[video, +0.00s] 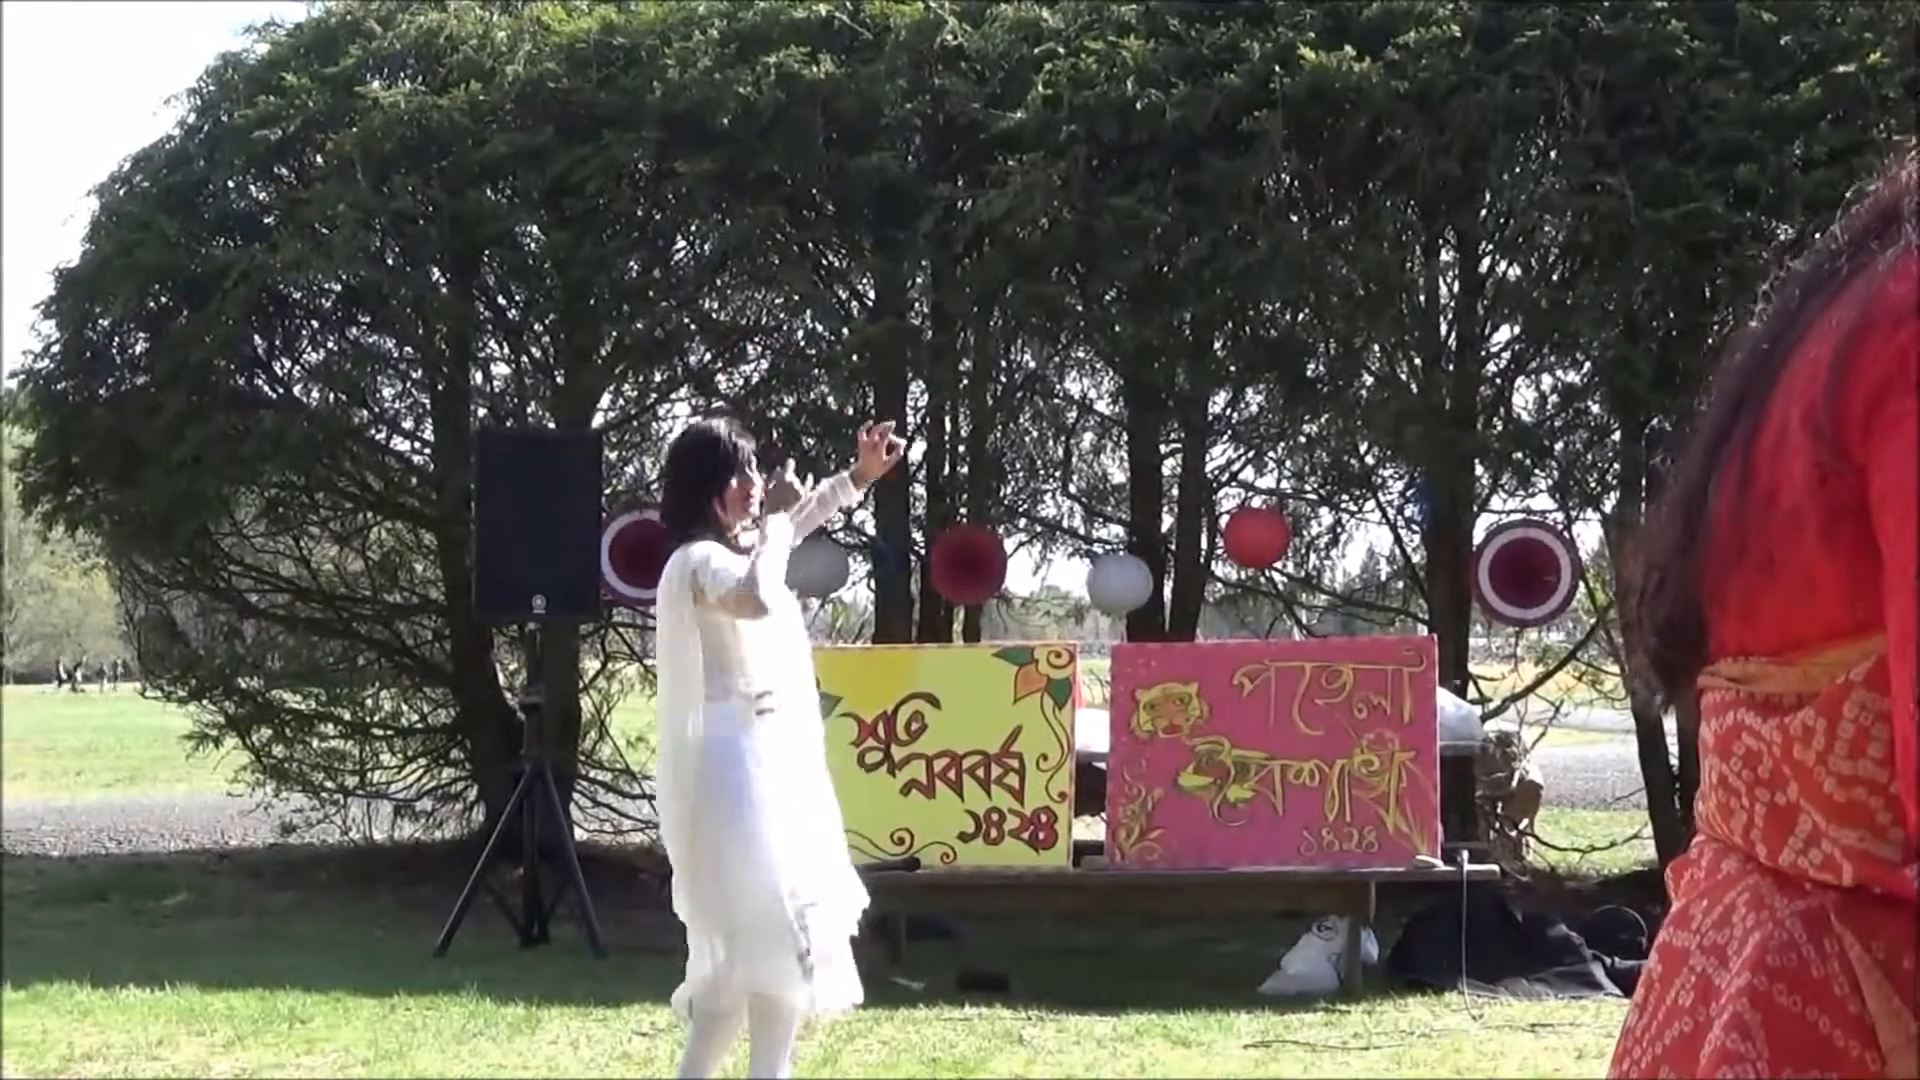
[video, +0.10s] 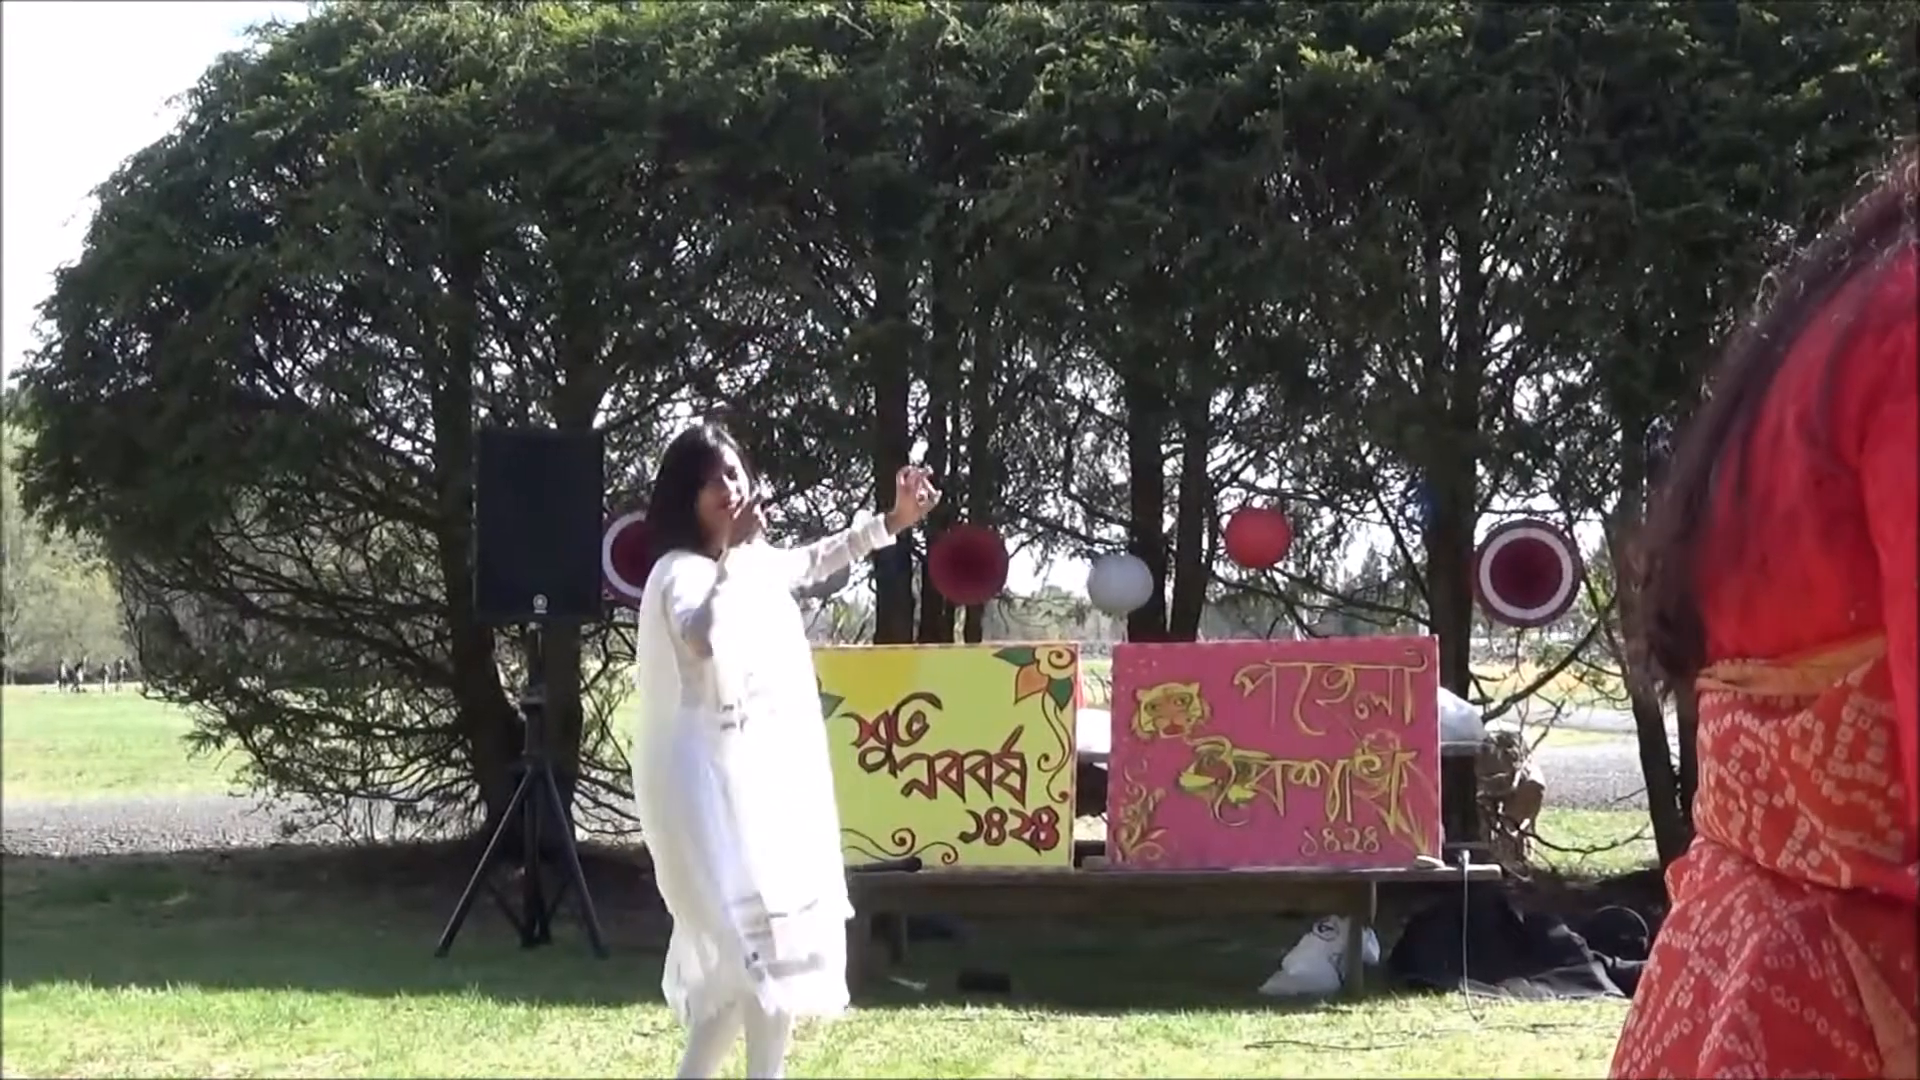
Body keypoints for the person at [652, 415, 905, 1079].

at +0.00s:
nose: (758, 486)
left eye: (755, 473)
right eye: (746, 475)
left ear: (730, 495)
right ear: (716, 492)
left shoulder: (735, 548)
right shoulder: (697, 560)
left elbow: (802, 516)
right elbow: (756, 596)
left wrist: (862, 475)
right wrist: (778, 523)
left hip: (758, 766)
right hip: (741, 771)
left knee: (737, 944)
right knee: (778, 936)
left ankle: (694, 1068)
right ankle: (771, 1070)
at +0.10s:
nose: (730, 491)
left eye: (735, 476)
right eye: (713, 481)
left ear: (749, 483)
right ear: (685, 498)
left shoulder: (757, 562)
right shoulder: (680, 571)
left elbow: (819, 559)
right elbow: (699, 638)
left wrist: (894, 520)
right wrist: (733, 550)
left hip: (767, 788)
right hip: (709, 792)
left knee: (752, 949)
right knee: (762, 942)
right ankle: (769, 1071)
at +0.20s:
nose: (707, 494)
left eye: (716, 481)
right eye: (691, 485)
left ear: (736, 490)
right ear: (671, 501)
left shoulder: (759, 563)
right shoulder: (661, 574)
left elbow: (831, 593)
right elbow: (635, 655)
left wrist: (927, 565)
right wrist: (692, 576)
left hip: (765, 795)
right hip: (697, 802)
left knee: (758, 967)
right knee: (727, 971)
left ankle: (717, 1068)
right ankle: (707, 1069)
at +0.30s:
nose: (699, 496)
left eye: (710, 483)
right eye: (685, 485)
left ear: (731, 496)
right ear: (663, 500)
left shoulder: (760, 574)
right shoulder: (646, 577)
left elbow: (841, 616)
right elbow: (571, 641)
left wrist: (944, 599)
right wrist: (664, 579)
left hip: (754, 782)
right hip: (674, 787)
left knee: (750, 943)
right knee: (677, 937)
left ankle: (702, 1069)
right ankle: (650, 1067)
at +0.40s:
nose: (683, 493)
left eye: (696, 479)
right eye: (670, 483)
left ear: (722, 494)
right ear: (651, 499)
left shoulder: (753, 577)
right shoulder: (627, 573)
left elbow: (844, 625)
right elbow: (523, 616)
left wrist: (952, 624)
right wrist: (618, 583)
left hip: (739, 794)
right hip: (649, 794)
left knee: (734, 961)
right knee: (616, 953)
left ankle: (700, 1070)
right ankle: (573, 1071)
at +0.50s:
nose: (669, 484)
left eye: (684, 471)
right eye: (656, 473)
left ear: (709, 488)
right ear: (638, 490)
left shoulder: (740, 577)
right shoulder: (610, 566)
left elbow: (833, 628)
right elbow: (490, 582)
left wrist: (948, 639)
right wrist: (554, 567)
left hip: (718, 788)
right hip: (622, 785)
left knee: (726, 953)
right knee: (572, 947)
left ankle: (696, 1074)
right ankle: (526, 1074)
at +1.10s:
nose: (651, 493)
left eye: (660, 480)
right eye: (636, 478)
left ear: (670, 493)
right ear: (602, 487)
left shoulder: (689, 571)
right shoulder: (563, 577)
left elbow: (771, 657)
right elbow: (533, 684)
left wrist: (857, 648)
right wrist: (610, 642)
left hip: (676, 790)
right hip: (575, 790)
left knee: (717, 945)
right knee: (542, 949)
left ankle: (754, 1072)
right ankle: (523, 1072)